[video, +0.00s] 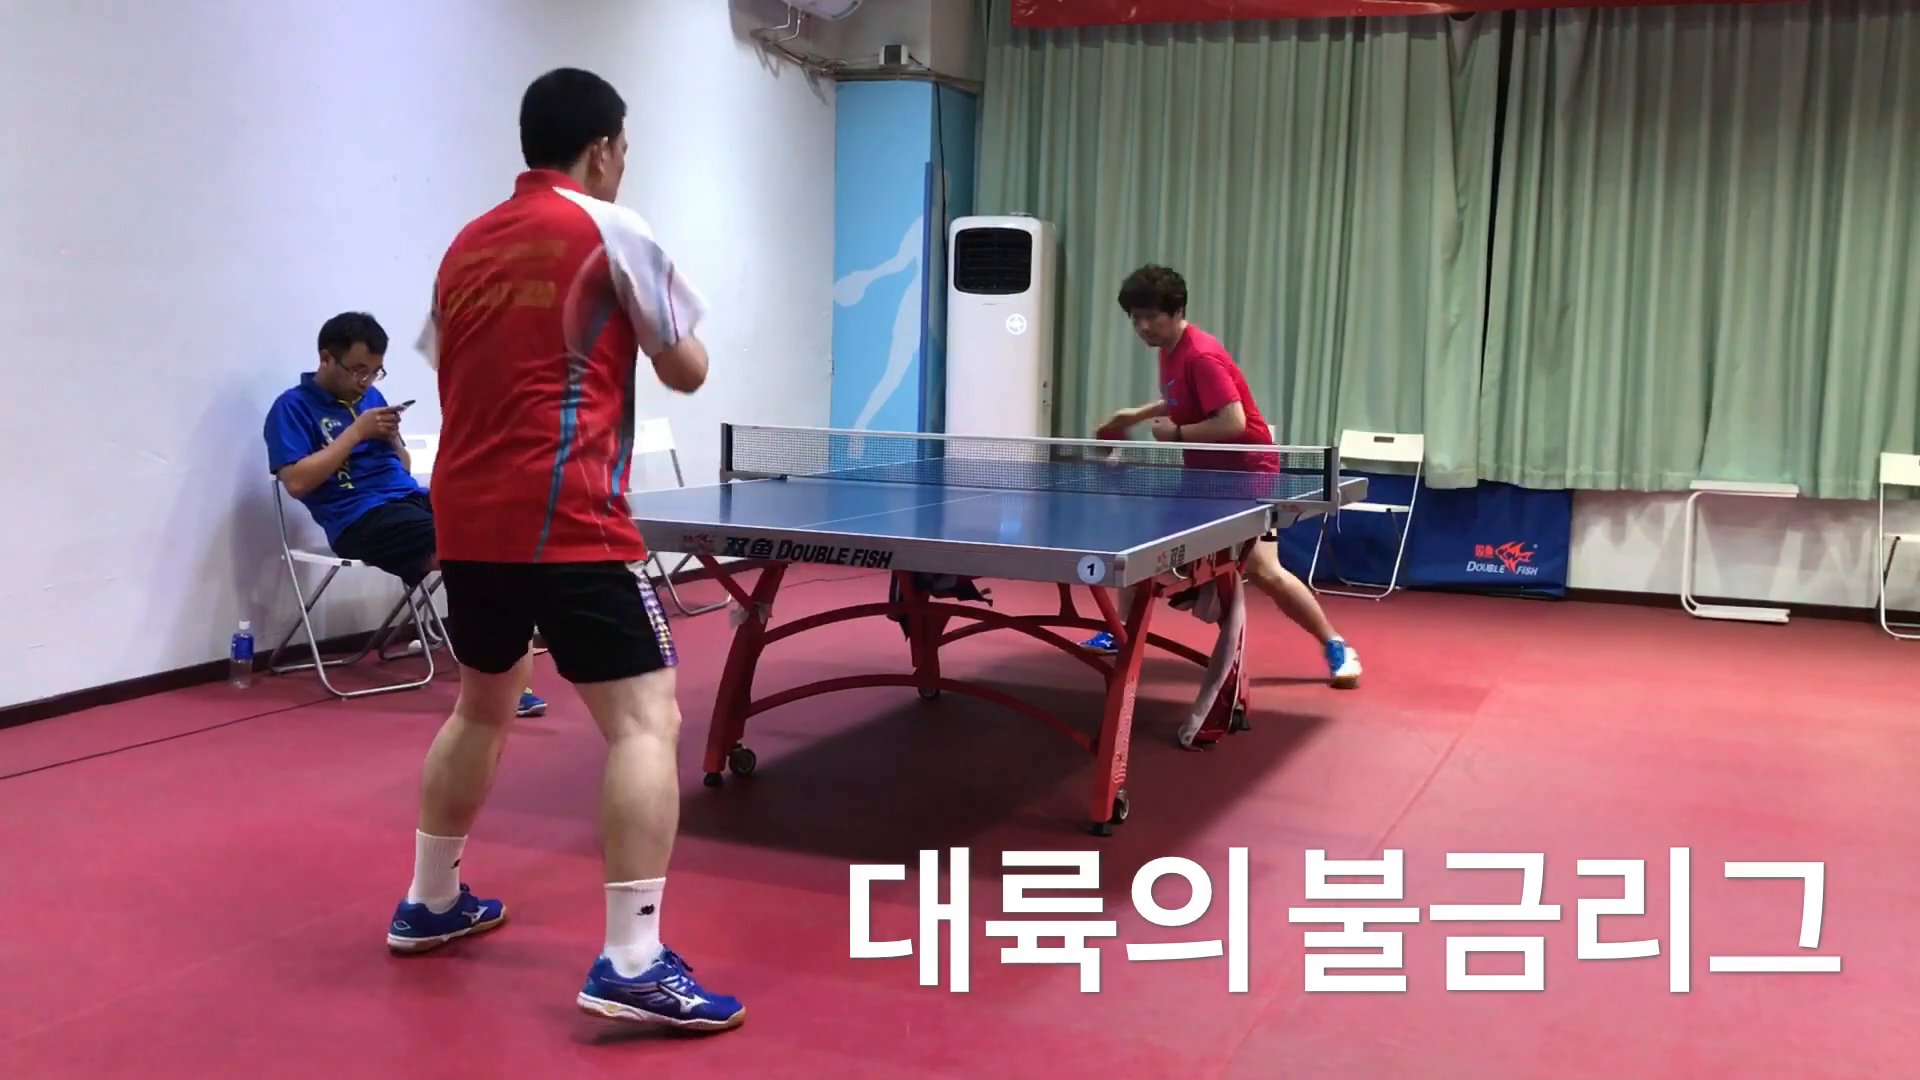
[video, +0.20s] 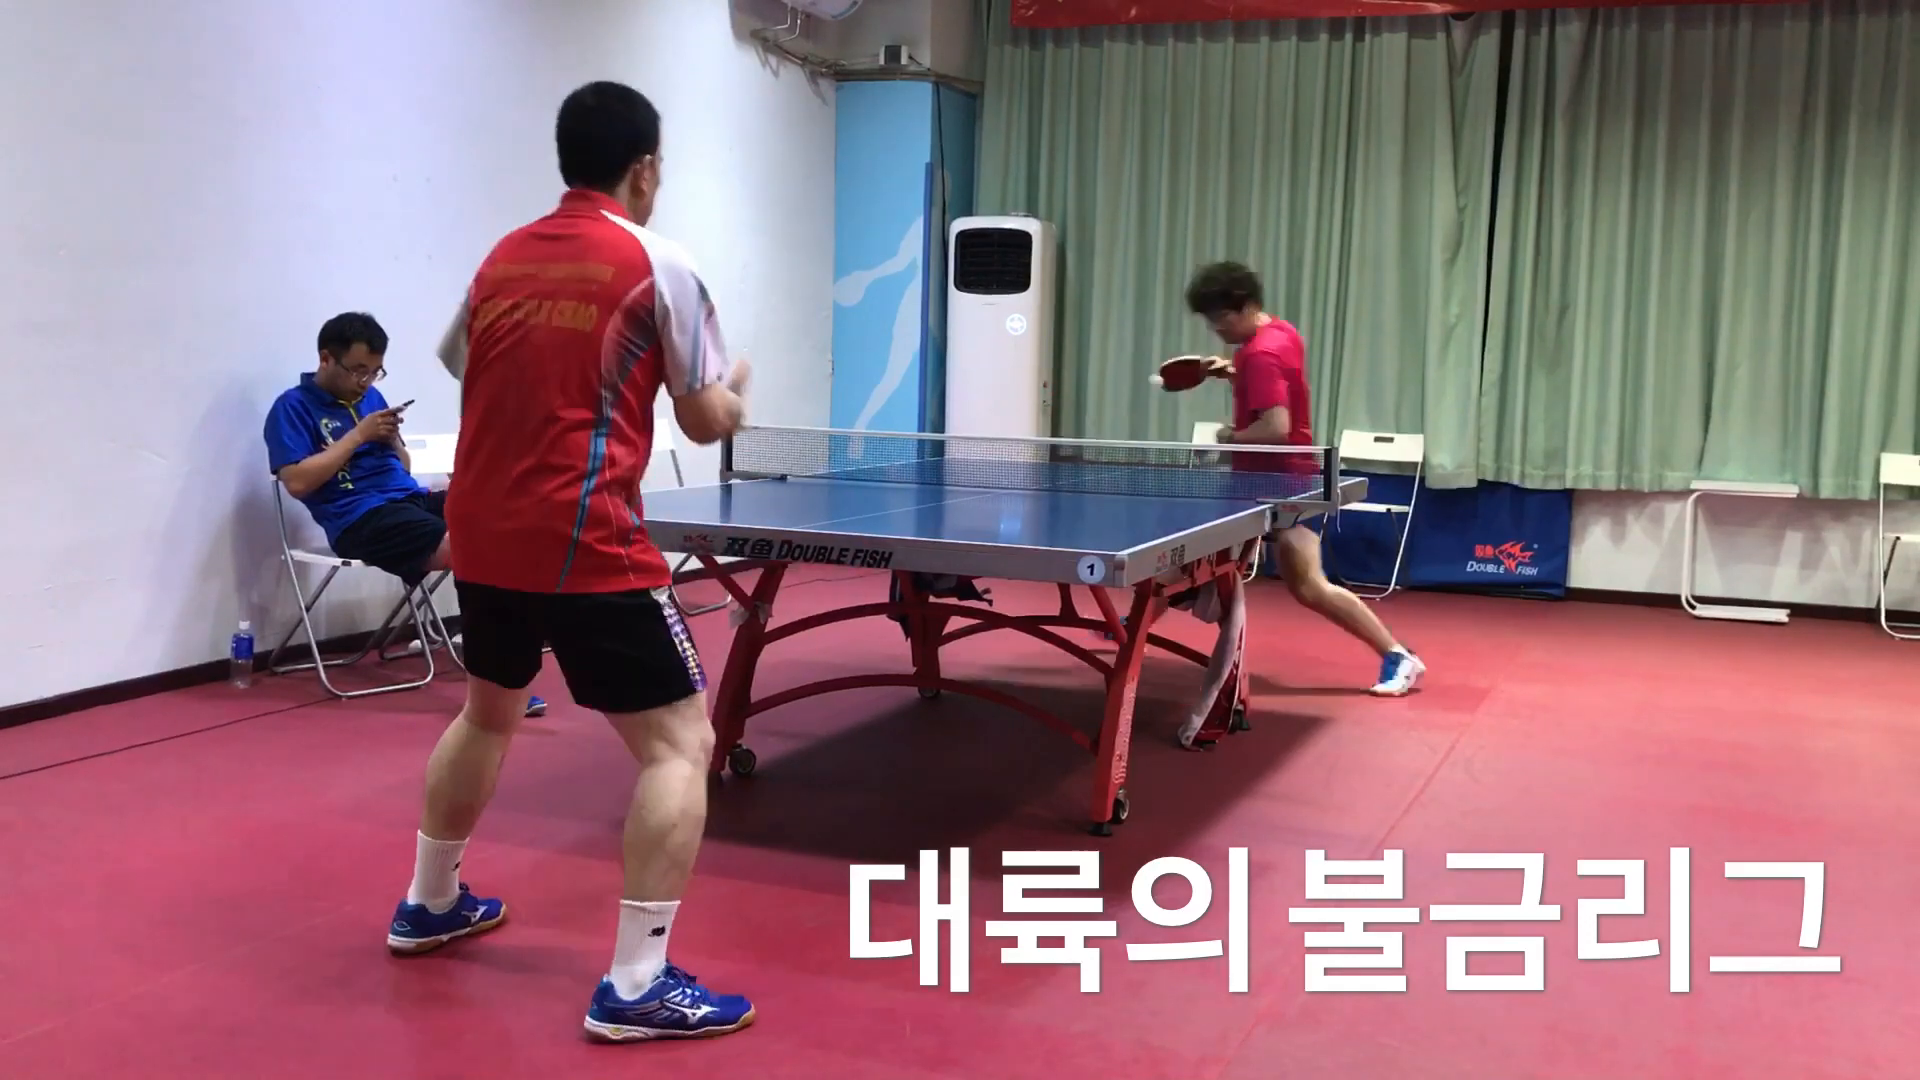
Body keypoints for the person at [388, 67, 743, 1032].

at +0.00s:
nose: (621, 166)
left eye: (620, 152)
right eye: (621, 152)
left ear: (527, 149)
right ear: (602, 152)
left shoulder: (463, 242)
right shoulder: (612, 231)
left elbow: (443, 359)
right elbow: (683, 373)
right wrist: (651, 317)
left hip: (468, 524)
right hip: (573, 523)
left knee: (480, 707)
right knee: (641, 722)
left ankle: (430, 901)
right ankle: (631, 962)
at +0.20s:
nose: (661, 178)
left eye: (657, 164)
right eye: (660, 164)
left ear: (564, 166)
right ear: (641, 170)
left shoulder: (505, 253)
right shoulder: (656, 269)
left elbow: (454, 354)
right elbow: (702, 422)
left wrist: (543, 398)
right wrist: (734, 396)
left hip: (483, 542)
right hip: (593, 548)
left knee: (485, 714)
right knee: (676, 747)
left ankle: (429, 901)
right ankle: (636, 983)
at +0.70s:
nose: (681, 241)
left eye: (685, 223)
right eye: (676, 220)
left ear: (620, 209)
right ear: (626, 206)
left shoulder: (571, 284)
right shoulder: (550, 289)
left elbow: (561, 435)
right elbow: (533, 443)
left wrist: (659, 475)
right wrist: (682, 487)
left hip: (490, 560)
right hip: (512, 567)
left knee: (532, 732)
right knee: (645, 737)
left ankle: (427, 901)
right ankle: (633, 987)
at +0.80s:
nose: (646, 218)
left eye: (649, 199)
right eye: (639, 196)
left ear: (573, 189)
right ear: (589, 186)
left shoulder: (506, 259)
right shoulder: (548, 280)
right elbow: (616, 433)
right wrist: (740, 412)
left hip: (448, 552)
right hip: (503, 557)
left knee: (515, 724)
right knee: (622, 735)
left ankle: (427, 900)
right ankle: (629, 984)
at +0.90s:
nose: (619, 187)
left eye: (618, 168)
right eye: (614, 168)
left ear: (530, 165)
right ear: (579, 167)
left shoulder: (460, 247)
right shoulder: (560, 263)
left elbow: (464, 381)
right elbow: (654, 395)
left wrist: (572, 400)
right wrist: (717, 350)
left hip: (422, 541)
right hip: (511, 546)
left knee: (487, 715)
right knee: (611, 730)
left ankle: (424, 899)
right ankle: (623, 976)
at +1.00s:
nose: (597, 177)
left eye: (594, 160)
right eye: (596, 160)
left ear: (503, 158)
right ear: (573, 161)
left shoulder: (439, 244)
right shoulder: (568, 255)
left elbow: (457, 385)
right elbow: (650, 390)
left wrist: (573, 395)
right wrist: (693, 343)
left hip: (421, 533)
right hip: (519, 534)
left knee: (480, 707)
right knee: (611, 726)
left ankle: (422, 900)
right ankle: (611, 971)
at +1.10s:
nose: (591, 176)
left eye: (588, 159)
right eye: (590, 160)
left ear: (496, 159)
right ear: (569, 163)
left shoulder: (429, 250)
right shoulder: (569, 260)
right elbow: (644, 399)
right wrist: (683, 360)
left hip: (423, 540)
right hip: (524, 539)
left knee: (475, 710)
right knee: (619, 728)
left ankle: (423, 900)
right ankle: (614, 972)